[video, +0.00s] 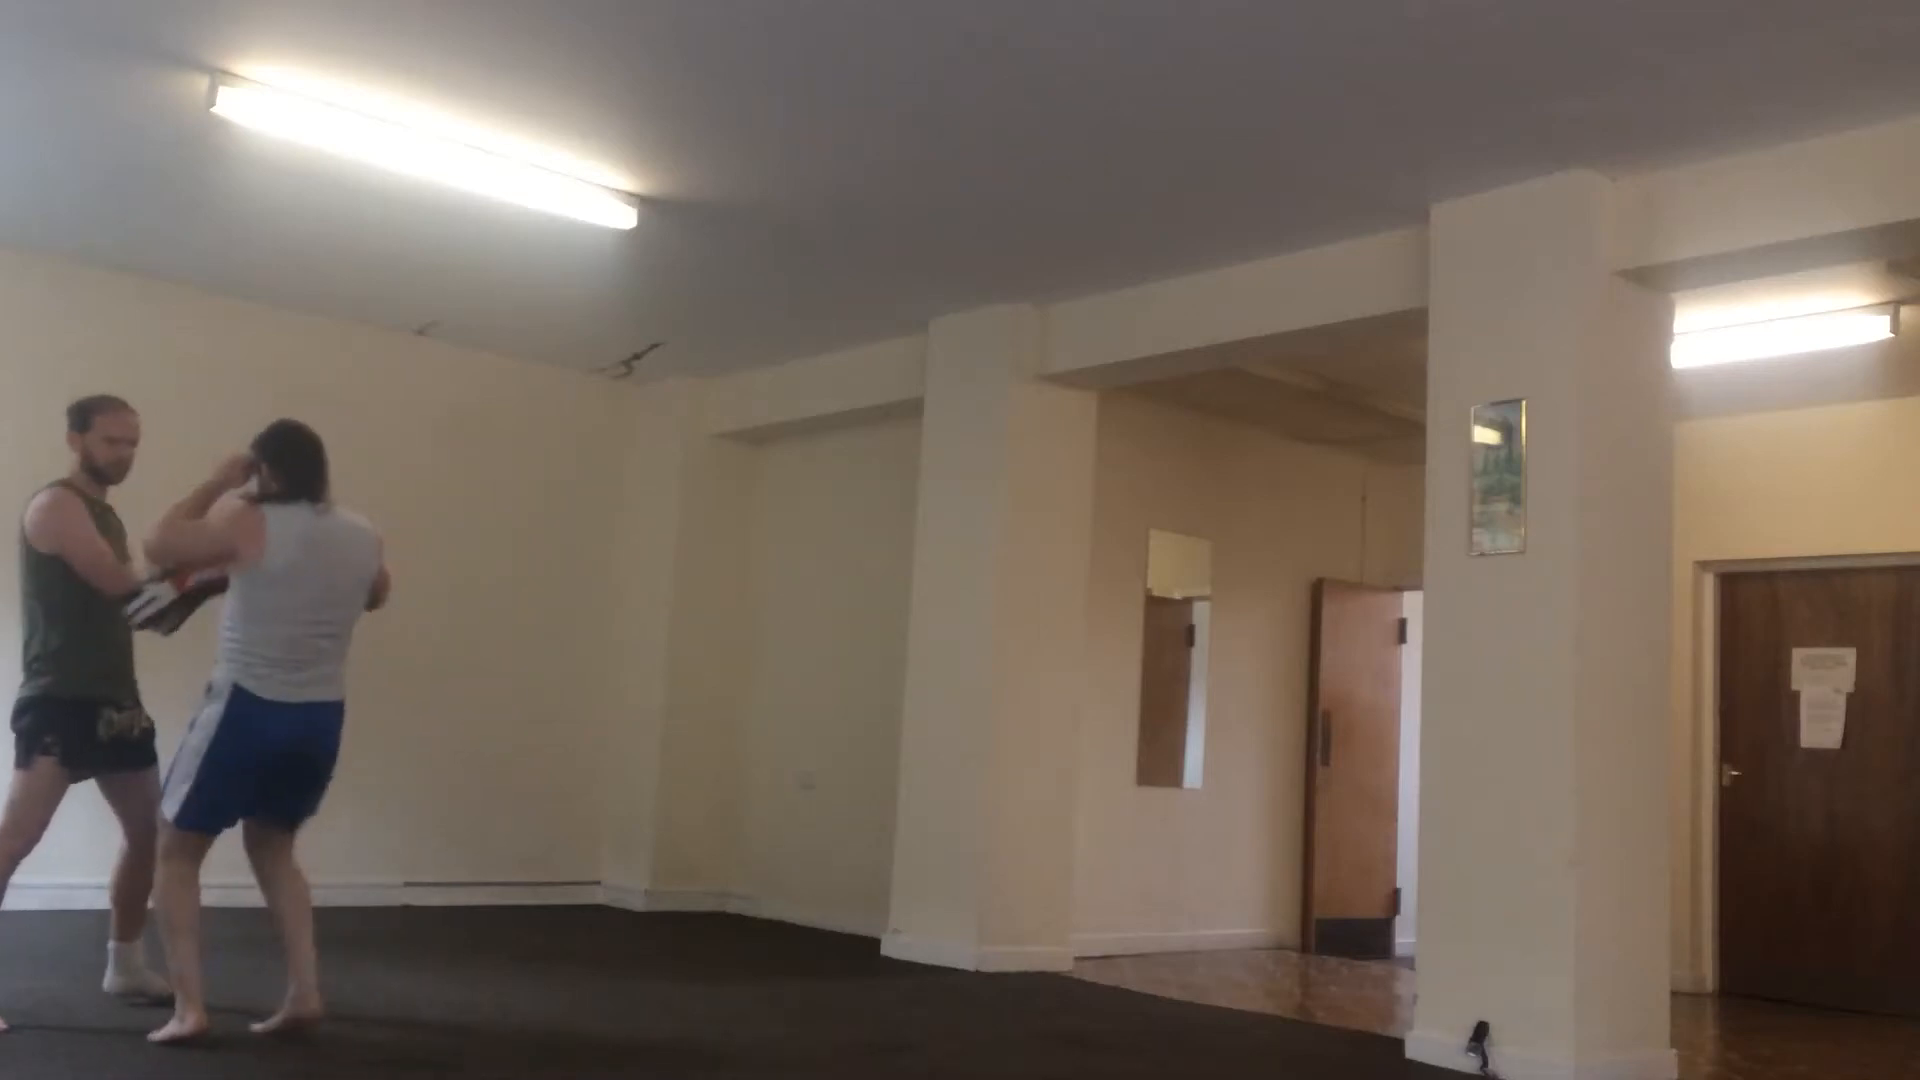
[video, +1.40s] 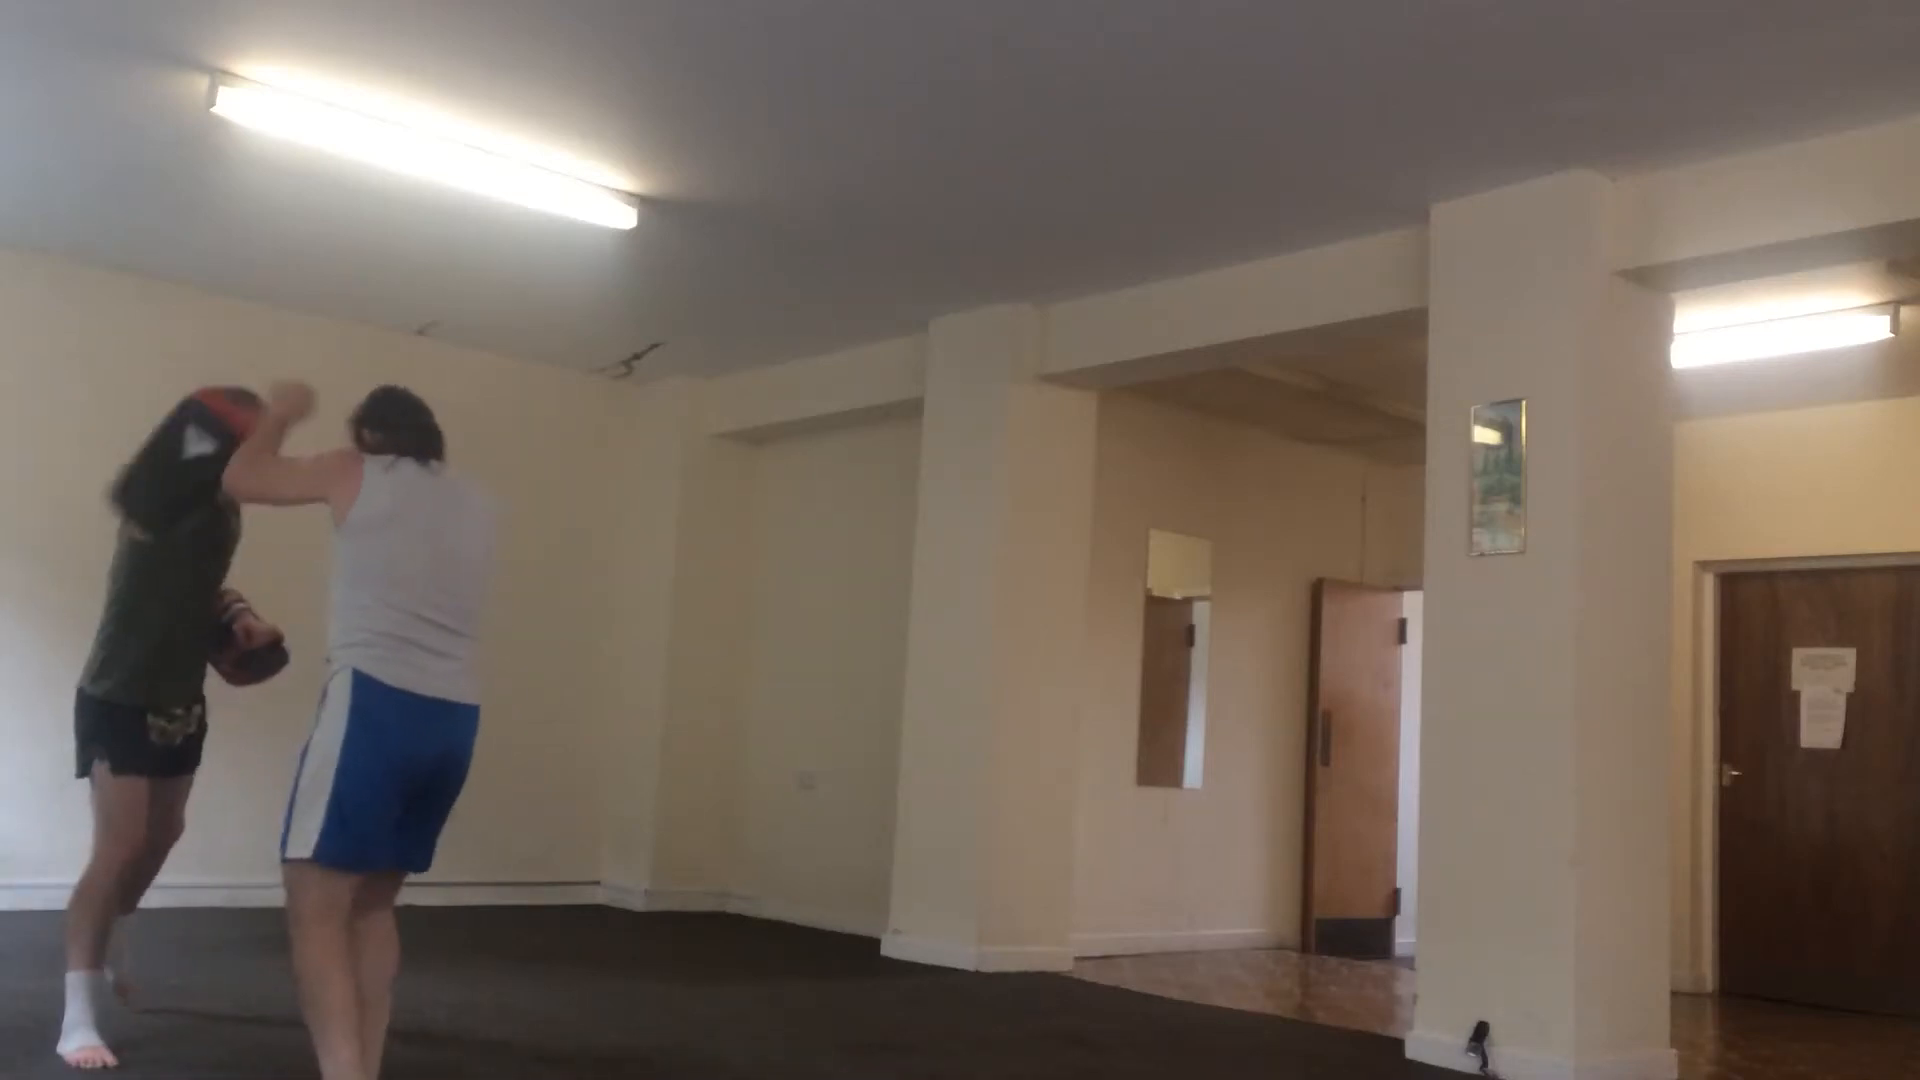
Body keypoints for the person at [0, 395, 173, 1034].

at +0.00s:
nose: (126, 454)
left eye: (132, 444)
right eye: (114, 442)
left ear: (134, 447)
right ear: (77, 441)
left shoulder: (106, 517)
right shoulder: (54, 506)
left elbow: (125, 606)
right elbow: (113, 581)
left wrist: (188, 587)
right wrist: (165, 571)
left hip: (113, 701)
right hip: (59, 702)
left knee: (146, 834)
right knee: (15, 840)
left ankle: (125, 966)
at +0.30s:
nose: (157, 483)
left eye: (168, 476)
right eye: (151, 470)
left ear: (169, 477)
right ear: (118, 459)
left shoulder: (156, 518)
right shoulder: (65, 501)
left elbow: (194, 539)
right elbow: (69, 550)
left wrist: (205, 493)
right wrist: (112, 506)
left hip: (137, 699)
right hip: (67, 695)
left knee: (128, 843)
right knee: (20, 841)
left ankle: (103, 971)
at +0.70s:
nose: (185, 478)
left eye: (196, 469)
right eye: (176, 466)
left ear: (206, 469)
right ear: (152, 457)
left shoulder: (207, 524)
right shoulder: (120, 510)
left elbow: (276, 577)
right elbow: (56, 547)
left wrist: (257, 509)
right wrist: (91, 467)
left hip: (165, 698)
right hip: (95, 687)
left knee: (138, 843)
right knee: (79, 826)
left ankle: (103, 974)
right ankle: (37, 978)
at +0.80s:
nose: (191, 477)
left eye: (203, 469)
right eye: (183, 464)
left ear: (213, 472)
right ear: (156, 457)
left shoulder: (215, 539)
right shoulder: (119, 517)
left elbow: (272, 625)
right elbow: (47, 574)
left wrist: (263, 568)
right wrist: (74, 512)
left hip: (169, 703)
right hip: (100, 691)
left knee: (139, 845)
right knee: (91, 826)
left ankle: (102, 973)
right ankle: (62, 981)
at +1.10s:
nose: (256, 488)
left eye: (266, 479)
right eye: (247, 473)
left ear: (270, 486)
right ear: (214, 468)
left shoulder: (236, 547)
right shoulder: (160, 516)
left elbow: (201, 624)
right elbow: (69, 527)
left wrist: (234, 658)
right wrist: (30, 519)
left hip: (180, 718)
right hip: (119, 709)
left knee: (142, 856)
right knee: (109, 849)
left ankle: (103, 967)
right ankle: (72, 1004)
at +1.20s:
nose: (266, 479)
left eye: (272, 469)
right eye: (257, 465)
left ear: (266, 474)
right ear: (225, 461)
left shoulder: (227, 540)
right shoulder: (186, 509)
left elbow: (193, 615)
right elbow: (150, 498)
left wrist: (226, 650)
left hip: (171, 712)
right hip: (115, 705)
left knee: (155, 849)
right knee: (121, 850)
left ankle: (111, 954)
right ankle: (77, 1013)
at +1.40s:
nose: (250, 467)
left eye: (254, 453)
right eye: (241, 450)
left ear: (239, 451)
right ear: (202, 441)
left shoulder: (219, 512)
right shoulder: (158, 499)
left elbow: (199, 587)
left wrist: (236, 615)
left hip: (180, 699)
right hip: (121, 698)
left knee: (160, 836)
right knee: (116, 850)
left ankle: (101, 939)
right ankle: (75, 1017)